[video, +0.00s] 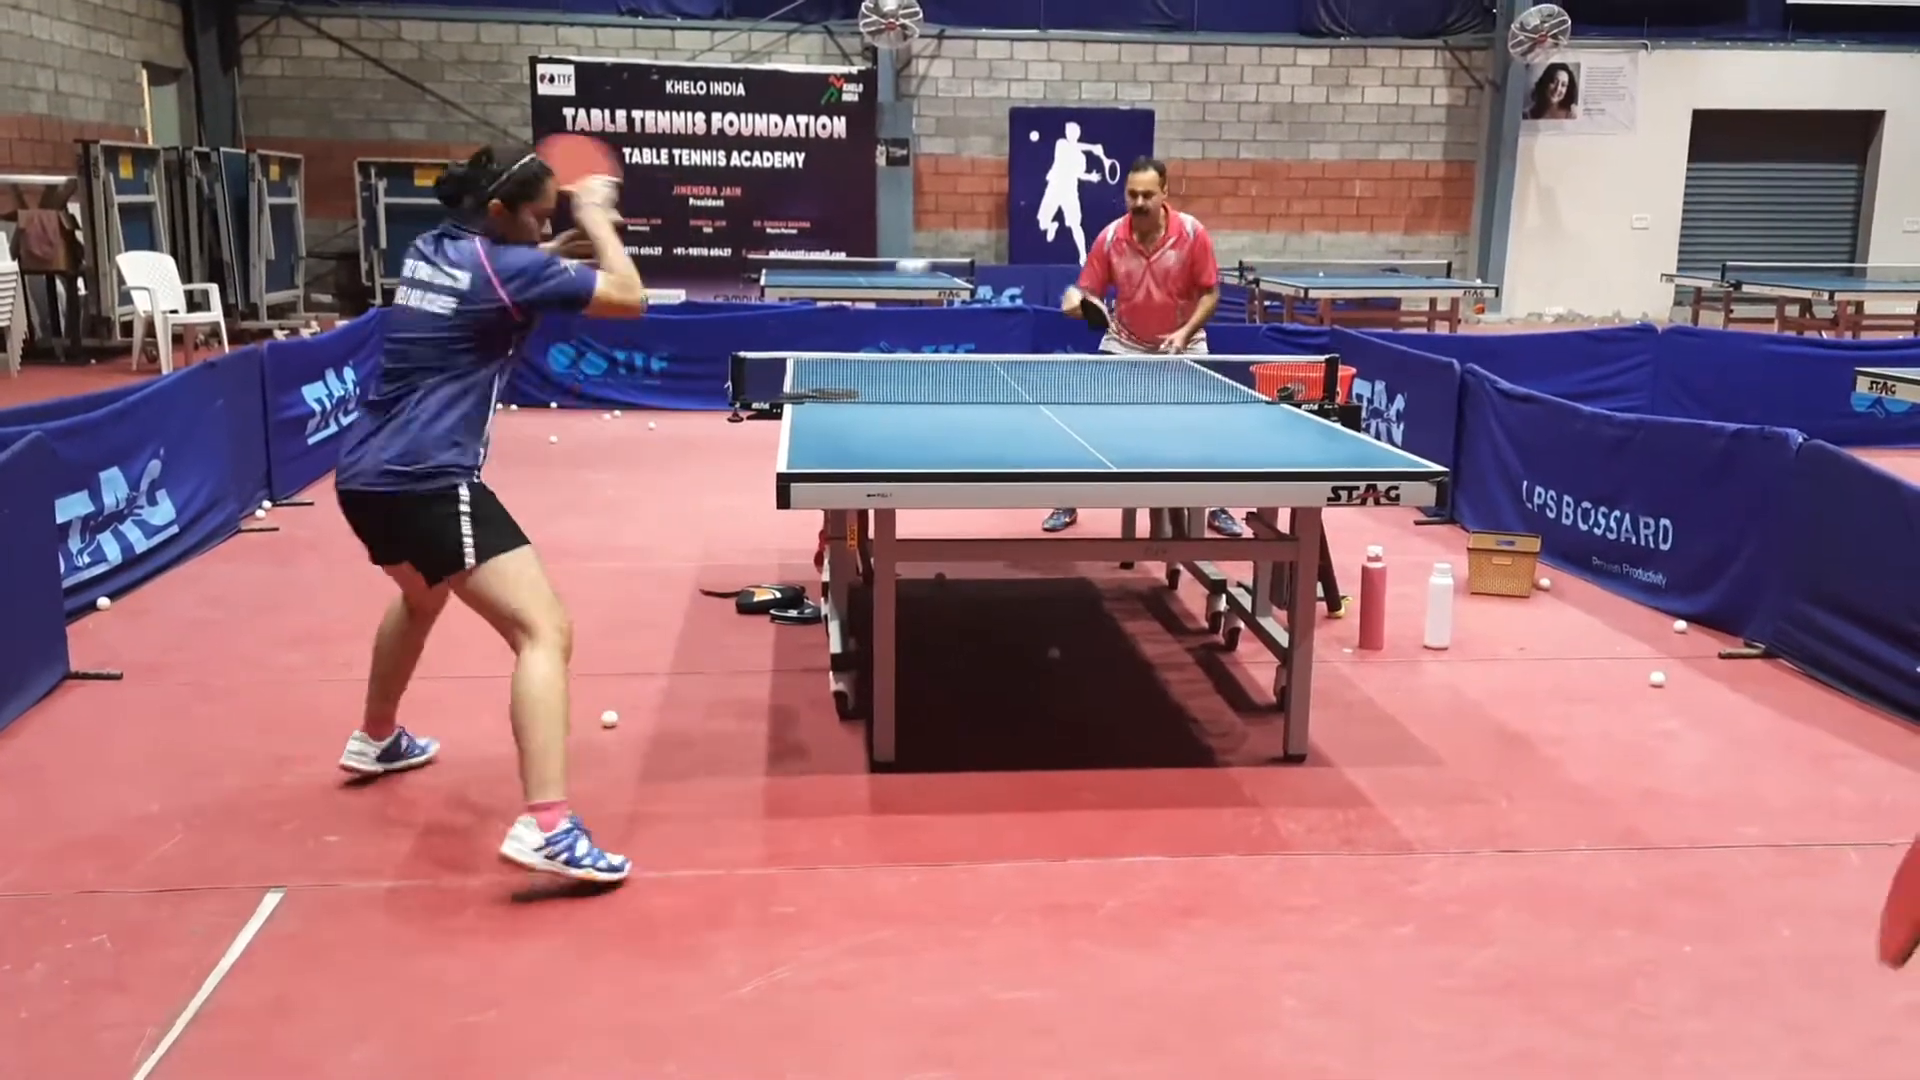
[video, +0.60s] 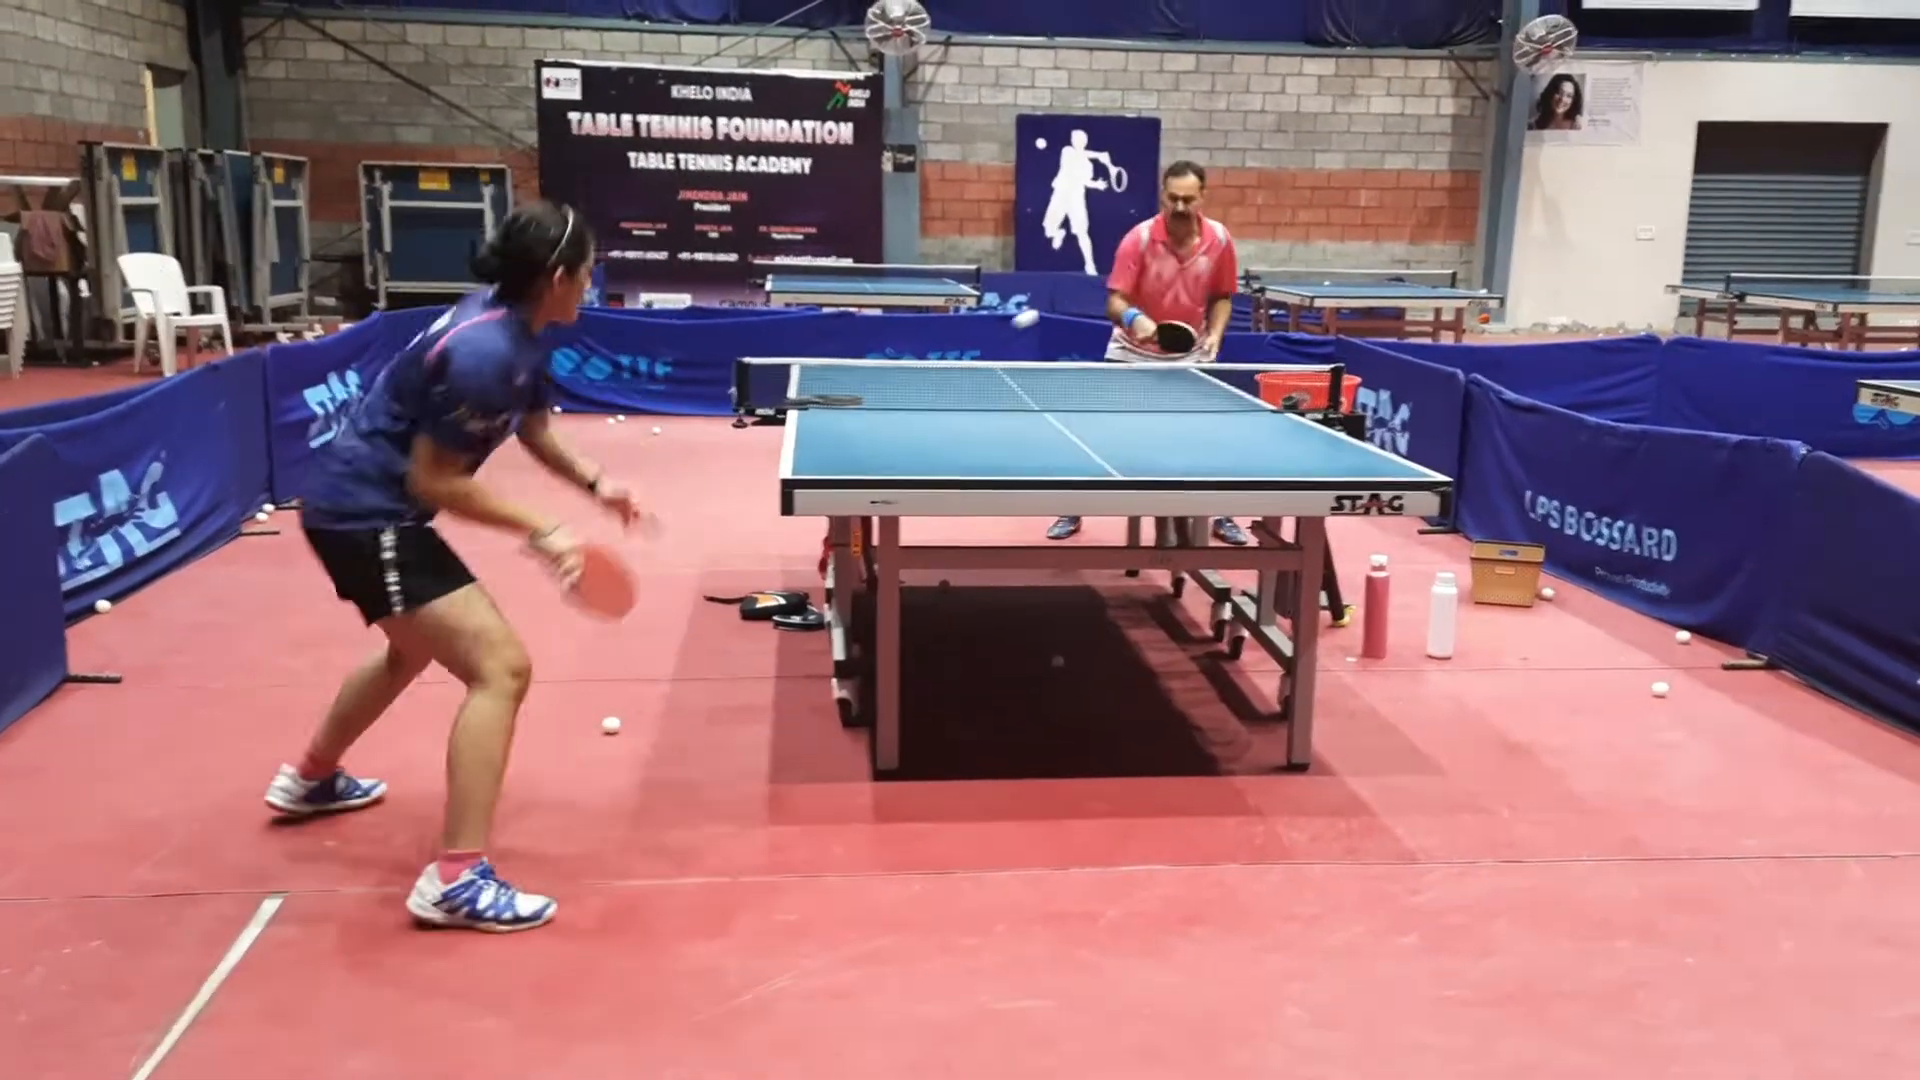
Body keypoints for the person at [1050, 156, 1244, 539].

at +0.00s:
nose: (1139, 202)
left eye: (1147, 195)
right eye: (1133, 195)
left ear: (1164, 194)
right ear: (1126, 195)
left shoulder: (1192, 233)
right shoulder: (1110, 237)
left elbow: (1211, 293)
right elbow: (1087, 290)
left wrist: (1184, 333)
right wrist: (1076, 302)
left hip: (1182, 343)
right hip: (1123, 342)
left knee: (1204, 419)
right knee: (1086, 413)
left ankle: (1213, 504)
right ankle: (1066, 502)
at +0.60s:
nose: (1181, 207)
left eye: (1189, 200)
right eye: (1173, 199)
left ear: (1202, 199)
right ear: (1162, 196)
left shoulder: (1218, 240)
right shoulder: (1139, 239)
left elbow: (1222, 296)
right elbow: (1115, 300)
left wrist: (1215, 334)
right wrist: (1135, 318)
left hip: (1191, 355)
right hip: (1132, 352)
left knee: (1209, 429)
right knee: (1100, 423)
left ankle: (1219, 513)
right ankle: (1071, 509)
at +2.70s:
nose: (1116, 235)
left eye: (1124, 227)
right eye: (1109, 227)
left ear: (1137, 224)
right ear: (1099, 223)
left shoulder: (1160, 259)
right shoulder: (1079, 264)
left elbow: (1172, 315)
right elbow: (1059, 317)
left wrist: (1159, 354)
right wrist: (1063, 337)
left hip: (1142, 366)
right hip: (1086, 366)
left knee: (1178, 432)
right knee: (1053, 429)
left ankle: (1203, 520)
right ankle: (1034, 515)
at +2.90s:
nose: (1112, 241)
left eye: (1120, 233)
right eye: (1105, 233)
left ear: (1132, 227)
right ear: (1093, 227)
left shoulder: (1151, 259)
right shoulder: (1073, 260)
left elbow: (1158, 314)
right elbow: (1058, 323)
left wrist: (1154, 362)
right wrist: (1074, 314)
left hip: (1131, 365)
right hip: (1073, 362)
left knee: (1170, 433)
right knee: (1041, 427)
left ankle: (1198, 521)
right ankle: (1029, 516)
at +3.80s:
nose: (1102, 219)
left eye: (1111, 211)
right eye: (1095, 210)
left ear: (1126, 209)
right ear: (1086, 207)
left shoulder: (1150, 251)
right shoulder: (1068, 253)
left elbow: (1165, 308)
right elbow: (1053, 310)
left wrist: (1148, 342)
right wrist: (1038, 323)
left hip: (1135, 362)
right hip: (1076, 358)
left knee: (1167, 431)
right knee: (1038, 424)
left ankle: (1184, 517)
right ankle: (1017, 508)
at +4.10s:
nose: (1112, 231)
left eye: (1119, 224)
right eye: (1104, 223)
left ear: (1131, 216)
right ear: (1092, 215)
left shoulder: (1149, 250)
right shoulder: (1070, 251)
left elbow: (1153, 304)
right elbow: (1061, 310)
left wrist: (1144, 349)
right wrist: (1080, 302)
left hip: (1123, 355)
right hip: (1065, 352)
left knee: (1150, 426)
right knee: (1033, 419)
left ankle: (1182, 514)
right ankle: (1013, 505)